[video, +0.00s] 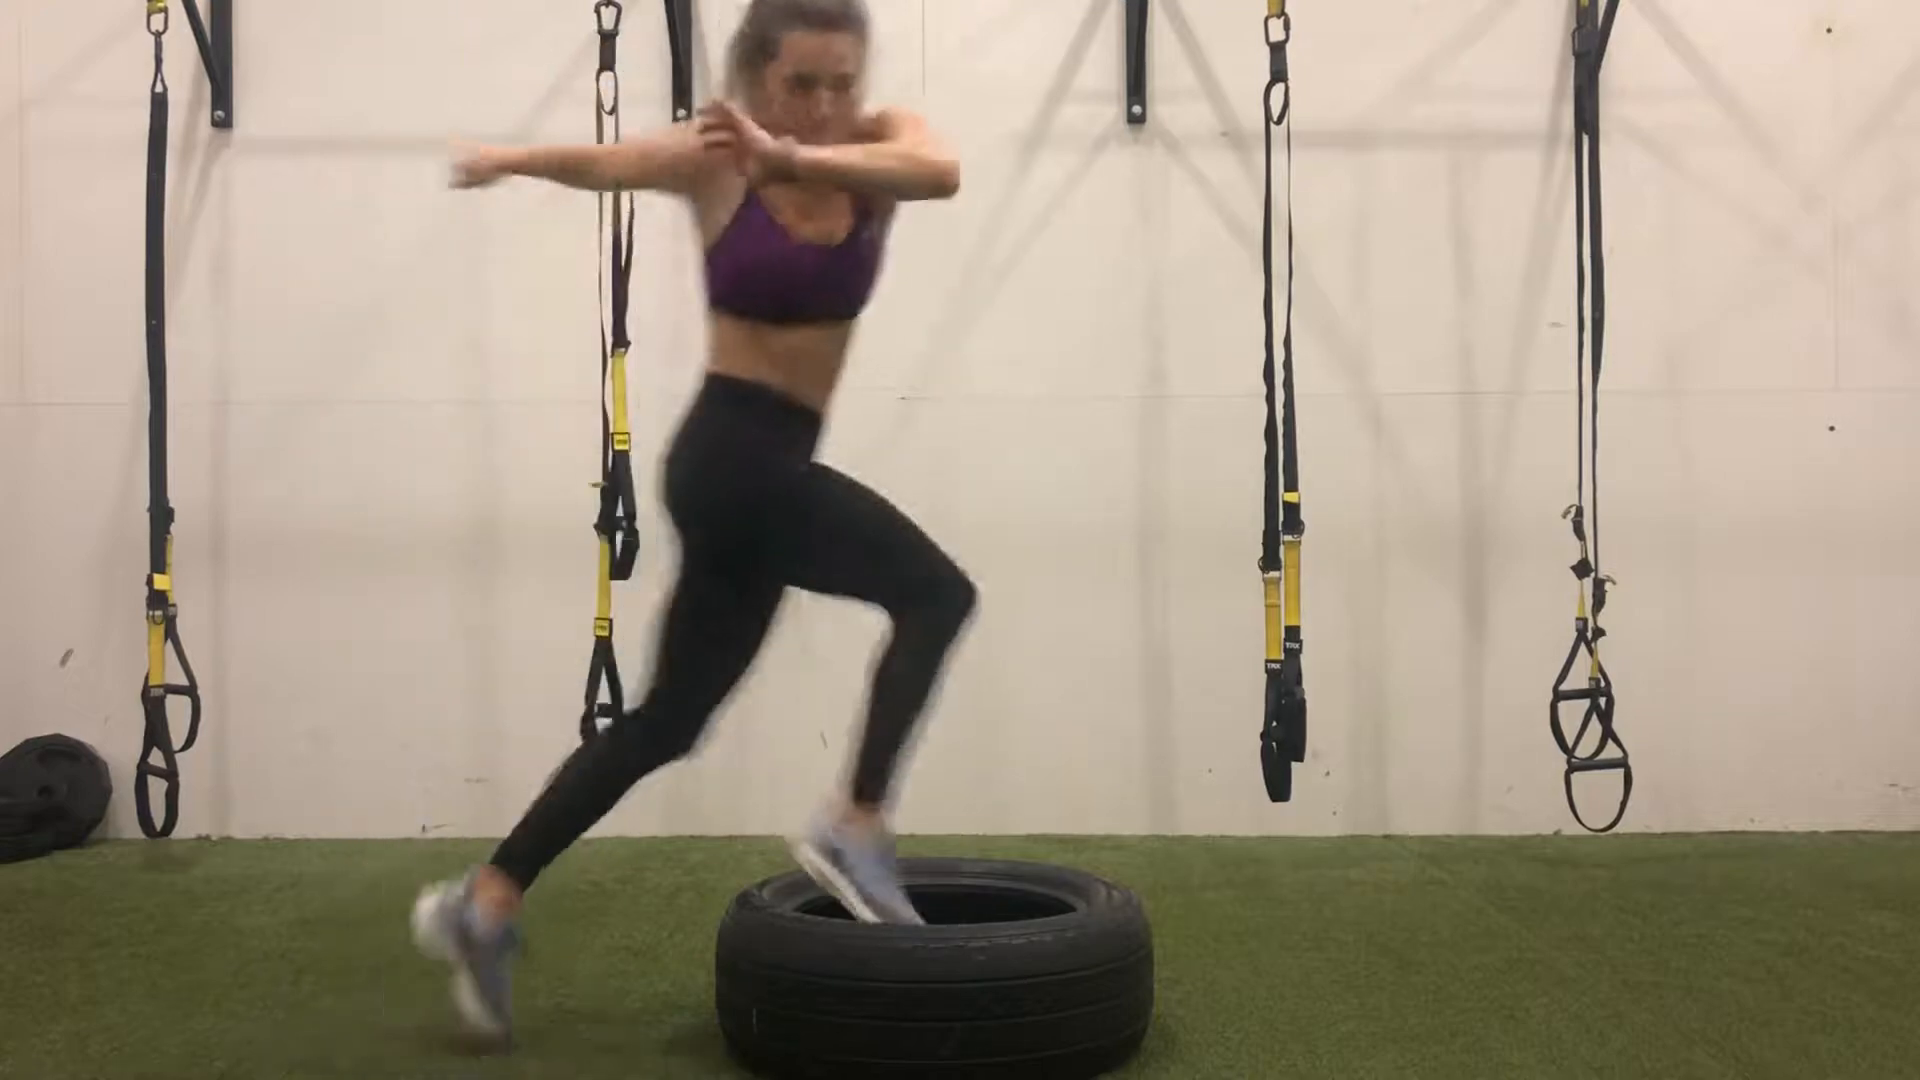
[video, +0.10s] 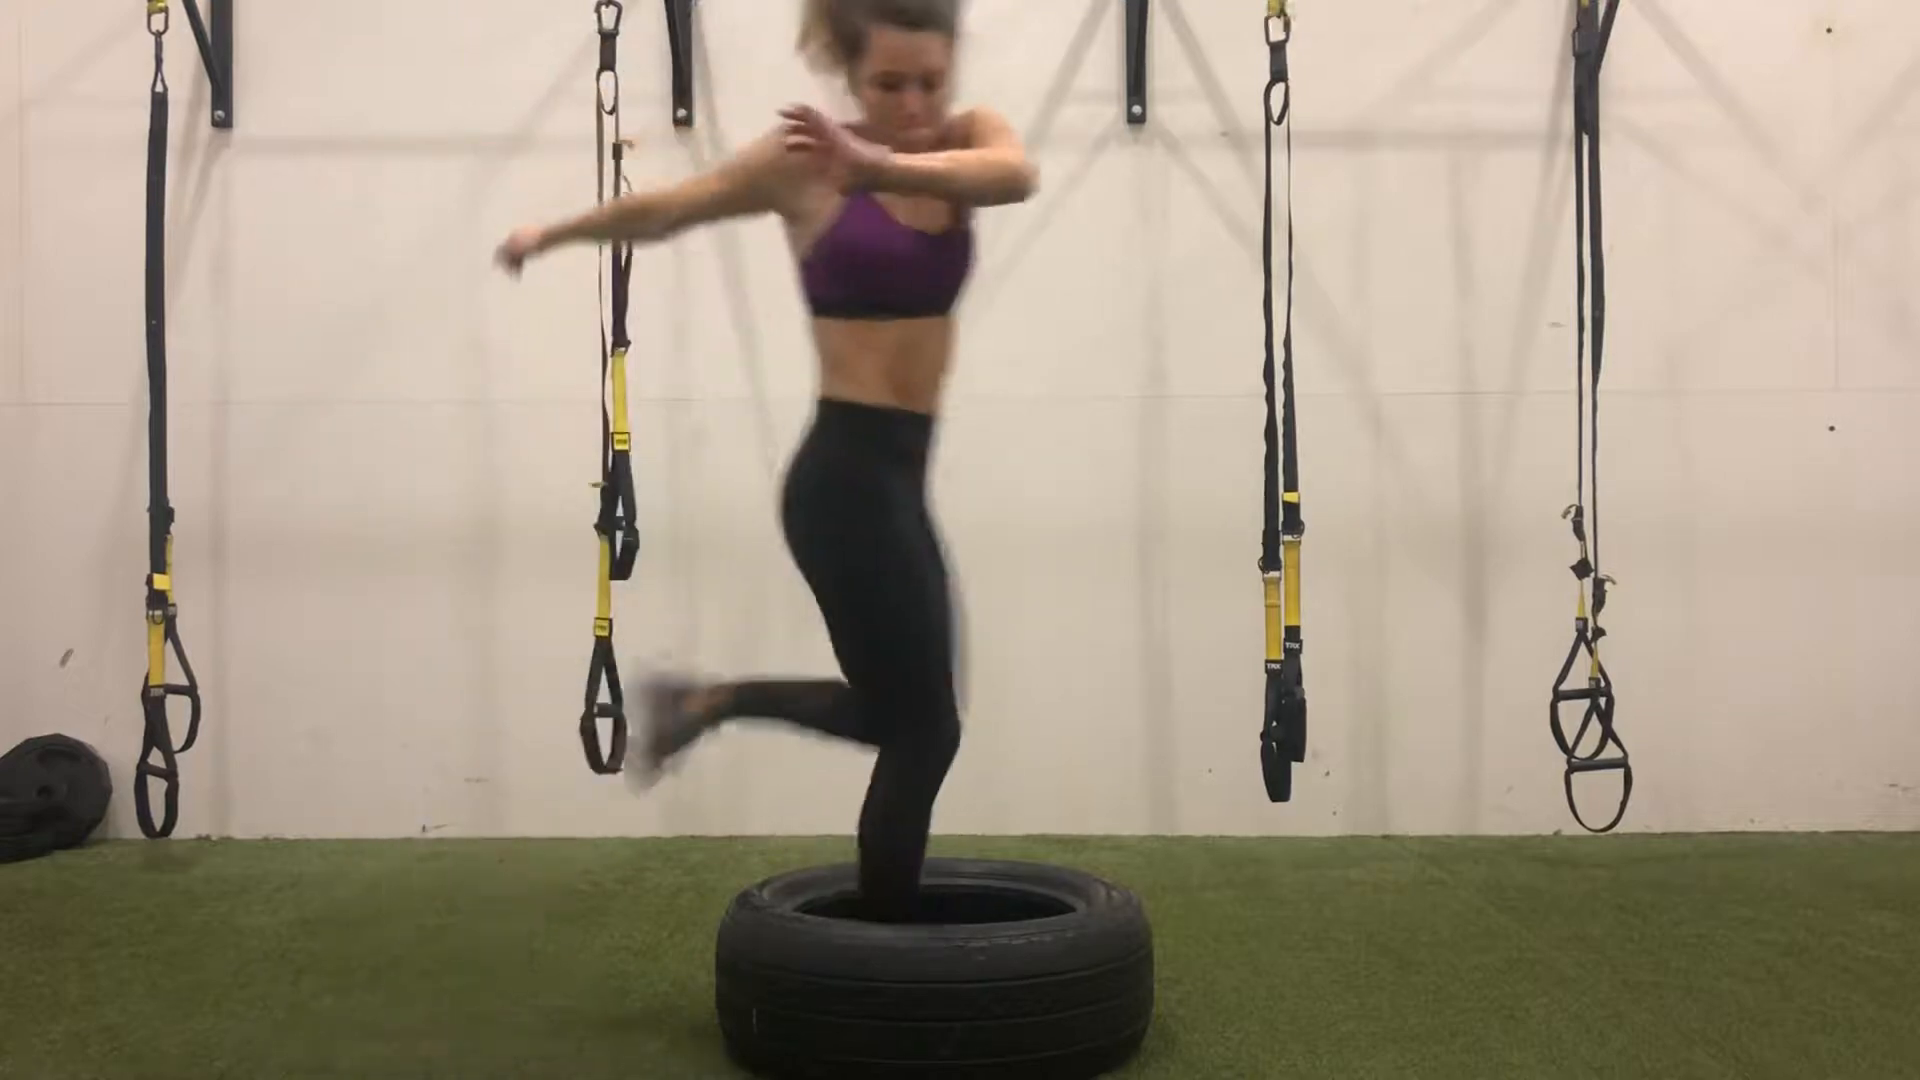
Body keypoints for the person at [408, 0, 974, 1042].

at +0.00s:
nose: (824, 104)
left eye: (840, 84)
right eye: (803, 86)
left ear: (864, 79)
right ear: (753, 83)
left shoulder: (881, 138)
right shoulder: (719, 154)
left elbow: (941, 175)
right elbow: (613, 163)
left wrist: (801, 161)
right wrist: (520, 159)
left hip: (771, 466)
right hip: (727, 461)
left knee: (669, 721)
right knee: (937, 596)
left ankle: (483, 904)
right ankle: (856, 823)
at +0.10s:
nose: (910, 103)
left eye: (927, 84)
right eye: (887, 86)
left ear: (950, 68)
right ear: (846, 74)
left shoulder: (971, 132)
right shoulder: (803, 161)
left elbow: (1016, 179)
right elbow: (673, 209)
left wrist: (876, 166)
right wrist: (552, 234)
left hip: (897, 481)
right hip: (844, 482)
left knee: (900, 714)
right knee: (923, 730)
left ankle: (702, 702)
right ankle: (887, 954)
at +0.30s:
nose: (1030, 73)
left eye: (1048, 52)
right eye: (1007, 53)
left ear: (1077, 55)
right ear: (971, 60)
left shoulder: (1110, 132)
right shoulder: (928, 159)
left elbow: (1187, 236)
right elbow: (807, 264)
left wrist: (1269, 339)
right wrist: (802, 327)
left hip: (1061, 438)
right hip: (955, 446)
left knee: (1169, 654)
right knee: (1046, 664)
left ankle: (1224, 855)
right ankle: (946, 843)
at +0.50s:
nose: (1079, 160)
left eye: (1101, 137)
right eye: (1058, 140)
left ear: (1144, 138)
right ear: (1033, 148)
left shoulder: (1208, 231)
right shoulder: (1007, 290)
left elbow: (1282, 354)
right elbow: (1018, 435)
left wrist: (1326, 485)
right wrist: (1071, 496)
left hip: (1235, 515)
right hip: (1125, 546)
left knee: (1306, 768)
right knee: (1168, 783)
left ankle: (1412, 1000)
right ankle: (1265, 747)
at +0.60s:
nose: (1059, 155)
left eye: (1082, 132)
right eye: (1040, 134)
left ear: (1129, 131)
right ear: (1021, 140)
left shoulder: (1202, 222)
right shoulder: (1001, 276)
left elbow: (1265, 322)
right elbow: (1005, 401)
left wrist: (1282, 441)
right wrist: (1015, 521)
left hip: (1243, 505)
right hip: (1140, 534)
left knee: (1299, 759)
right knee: (1189, 773)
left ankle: (1415, 988)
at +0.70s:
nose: (1033, 196)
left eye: (1056, 174)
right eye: (1017, 174)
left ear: (1104, 166)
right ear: (998, 167)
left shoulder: (1164, 238)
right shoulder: (990, 293)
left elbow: (1309, 280)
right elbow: (948, 432)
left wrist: (1385, 353)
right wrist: (916, 485)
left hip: (1228, 497)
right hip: (1133, 526)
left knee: (1175, 707)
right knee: (1187, 775)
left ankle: (1367, 890)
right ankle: (1342, 942)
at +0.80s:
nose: (1011, 234)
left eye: (1032, 213)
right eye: (995, 213)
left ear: (1083, 203)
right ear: (977, 205)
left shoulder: (1145, 263)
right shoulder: (973, 314)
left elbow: (1306, 237)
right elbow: (867, 447)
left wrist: (1435, 212)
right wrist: (887, 349)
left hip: (1212, 516)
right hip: (1126, 539)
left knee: (1030, 597)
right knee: (1179, 798)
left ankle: (1202, 752)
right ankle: (1354, 955)